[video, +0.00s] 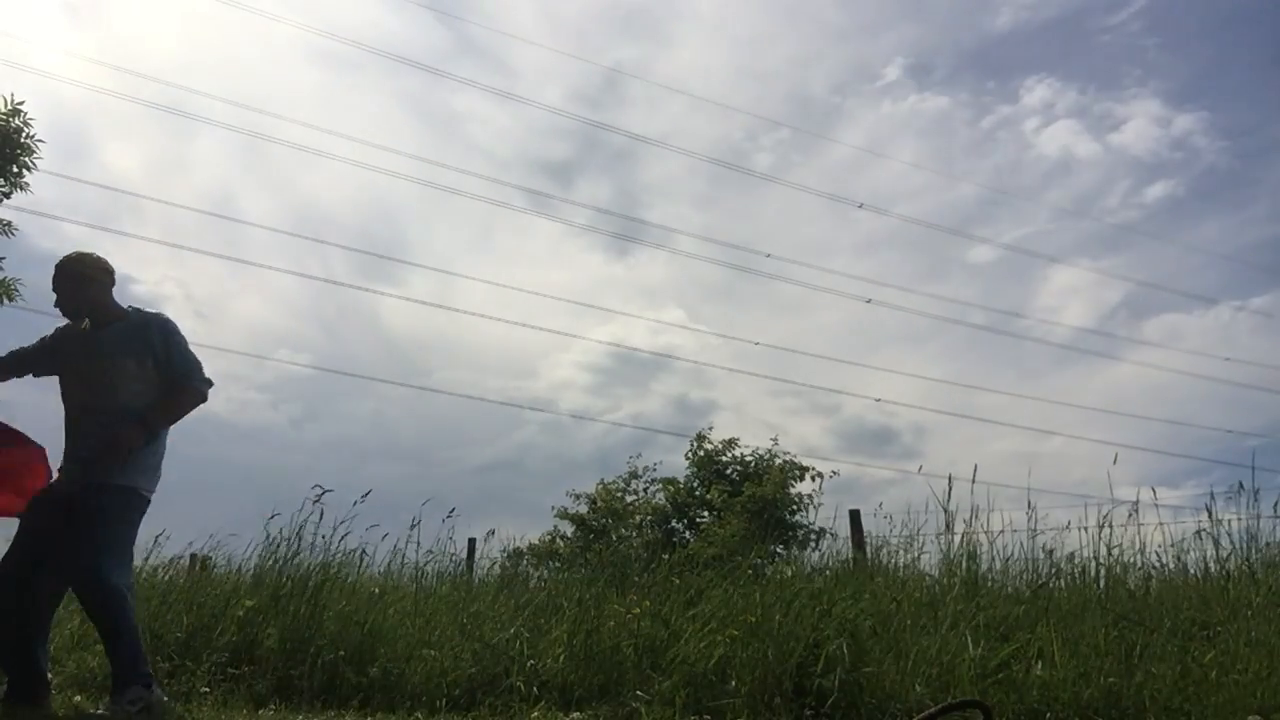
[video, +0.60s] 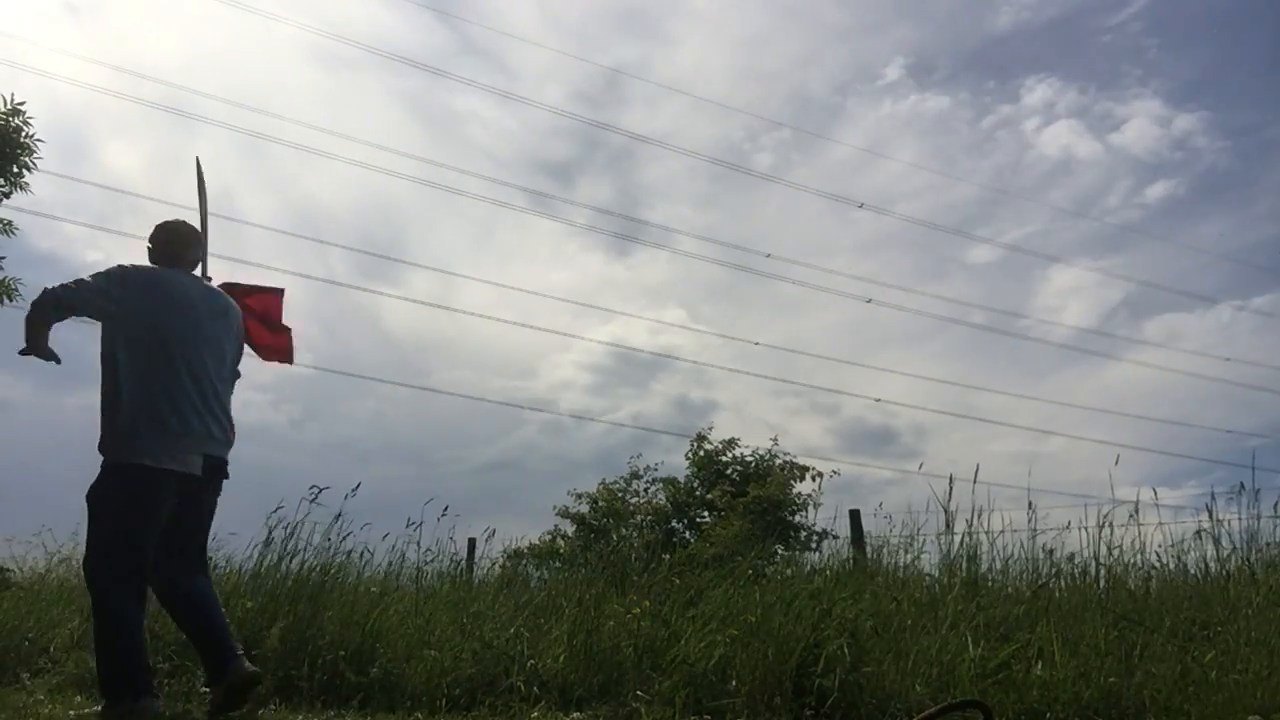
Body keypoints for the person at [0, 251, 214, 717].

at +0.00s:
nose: (57, 300)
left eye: (63, 289)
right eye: (55, 292)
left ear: (95, 284)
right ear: (68, 294)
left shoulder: (153, 329)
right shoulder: (66, 343)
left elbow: (195, 389)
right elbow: (12, 363)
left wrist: (139, 429)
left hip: (126, 482)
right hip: (73, 479)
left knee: (100, 577)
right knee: (20, 579)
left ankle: (136, 691)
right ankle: (27, 696)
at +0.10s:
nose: (68, 296)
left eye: (75, 287)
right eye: (68, 288)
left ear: (106, 286)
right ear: (86, 291)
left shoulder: (154, 327)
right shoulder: (83, 347)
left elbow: (195, 386)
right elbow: (49, 389)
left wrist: (140, 421)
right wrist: (2, 386)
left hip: (123, 478)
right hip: (81, 475)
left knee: (70, 570)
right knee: (22, 573)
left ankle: (126, 675)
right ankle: (26, 692)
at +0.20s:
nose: (82, 294)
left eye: (88, 285)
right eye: (82, 286)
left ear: (112, 284)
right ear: (111, 287)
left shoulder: (150, 322)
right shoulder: (113, 341)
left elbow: (187, 378)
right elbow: (94, 419)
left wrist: (113, 410)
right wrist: (19, 404)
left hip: (119, 483)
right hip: (87, 479)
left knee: (51, 578)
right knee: (24, 577)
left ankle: (123, 683)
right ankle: (26, 693)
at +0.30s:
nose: (98, 286)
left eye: (103, 276)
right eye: (99, 278)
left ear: (127, 274)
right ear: (141, 277)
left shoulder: (136, 307)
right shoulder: (170, 328)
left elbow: (142, 367)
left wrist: (58, 388)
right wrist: (76, 425)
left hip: (117, 477)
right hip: (137, 482)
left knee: (63, 581)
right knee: (57, 579)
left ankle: (129, 696)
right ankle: (33, 693)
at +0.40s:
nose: (114, 273)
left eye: (117, 266)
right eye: (117, 266)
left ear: (125, 264)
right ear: (161, 272)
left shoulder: (125, 293)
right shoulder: (196, 325)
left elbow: (104, 333)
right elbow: (192, 403)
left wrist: (26, 356)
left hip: (122, 469)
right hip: (169, 476)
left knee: (78, 579)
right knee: (108, 583)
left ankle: (132, 695)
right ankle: (63, 686)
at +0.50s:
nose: (132, 262)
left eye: (135, 256)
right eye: (139, 256)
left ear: (139, 256)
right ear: (180, 264)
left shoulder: (127, 286)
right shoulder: (210, 314)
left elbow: (64, 310)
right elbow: (210, 376)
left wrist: (7, 335)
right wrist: (236, 367)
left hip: (132, 460)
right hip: (186, 469)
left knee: (96, 574)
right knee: (140, 575)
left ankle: (127, 697)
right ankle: (162, 685)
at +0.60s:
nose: (153, 256)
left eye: (154, 250)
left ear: (152, 251)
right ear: (199, 260)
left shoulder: (129, 283)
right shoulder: (226, 307)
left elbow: (48, 303)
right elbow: (229, 372)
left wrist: (35, 343)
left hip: (137, 461)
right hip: (206, 466)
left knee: (112, 575)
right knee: (181, 567)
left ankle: (129, 699)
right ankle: (229, 669)